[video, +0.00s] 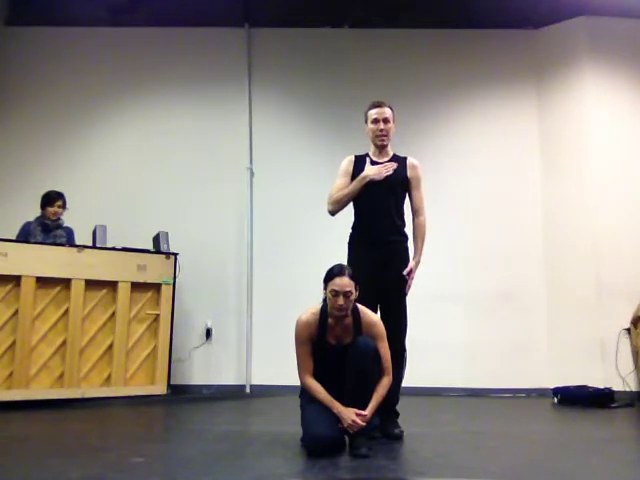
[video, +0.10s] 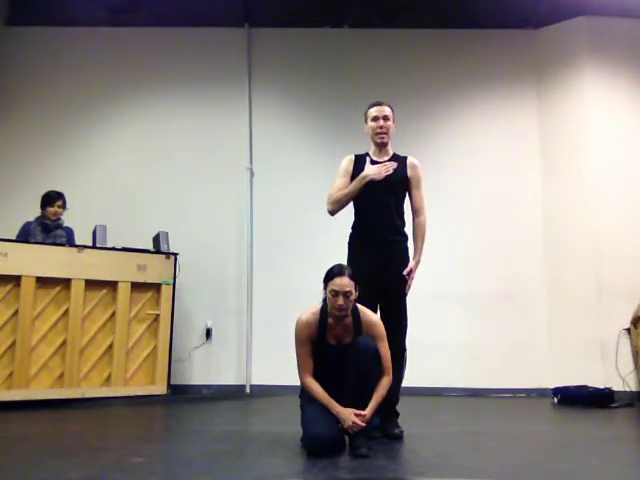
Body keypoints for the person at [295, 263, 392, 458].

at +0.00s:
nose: (340, 302)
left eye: (347, 295)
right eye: (334, 295)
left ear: (356, 294)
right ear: (325, 292)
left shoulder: (371, 323)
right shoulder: (307, 323)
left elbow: (387, 375)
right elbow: (306, 378)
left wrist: (366, 413)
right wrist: (341, 411)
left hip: (356, 393)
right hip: (321, 394)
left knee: (365, 347)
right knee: (322, 444)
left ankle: (360, 433)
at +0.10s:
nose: (340, 302)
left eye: (347, 295)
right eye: (334, 295)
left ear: (356, 294)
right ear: (325, 292)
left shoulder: (371, 323)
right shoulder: (307, 323)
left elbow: (387, 375)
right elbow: (306, 378)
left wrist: (367, 412)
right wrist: (340, 412)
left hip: (356, 393)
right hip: (321, 394)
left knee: (365, 347)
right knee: (322, 444)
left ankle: (360, 433)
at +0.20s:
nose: (340, 302)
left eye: (347, 295)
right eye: (334, 295)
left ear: (356, 294)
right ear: (324, 292)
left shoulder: (371, 323)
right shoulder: (307, 324)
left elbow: (387, 375)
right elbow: (306, 378)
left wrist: (367, 412)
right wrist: (339, 413)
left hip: (356, 393)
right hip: (320, 394)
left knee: (365, 347)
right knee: (322, 445)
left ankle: (359, 434)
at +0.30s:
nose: (340, 302)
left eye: (347, 295)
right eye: (334, 295)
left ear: (356, 294)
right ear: (325, 292)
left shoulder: (371, 323)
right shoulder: (307, 324)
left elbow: (388, 376)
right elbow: (306, 378)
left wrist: (368, 410)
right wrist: (338, 413)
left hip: (356, 393)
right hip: (320, 394)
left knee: (365, 347)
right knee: (322, 445)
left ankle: (360, 434)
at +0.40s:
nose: (340, 303)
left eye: (347, 296)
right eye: (334, 295)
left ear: (355, 295)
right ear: (324, 293)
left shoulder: (371, 323)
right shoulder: (307, 324)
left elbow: (391, 376)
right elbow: (306, 378)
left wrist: (367, 410)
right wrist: (338, 413)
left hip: (356, 394)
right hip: (321, 395)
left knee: (365, 347)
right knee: (321, 445)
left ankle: (360, 434)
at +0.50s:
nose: (340, 303)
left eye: (346, 296)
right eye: (334, 296)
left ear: (355, 295)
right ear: (324, 293)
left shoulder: (370, 323)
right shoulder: (307, 324)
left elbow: (393, 375)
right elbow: (306, 379)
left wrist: (368, 408)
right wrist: (338, 412)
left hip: (356, 394)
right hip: (321, 395)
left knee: (365, 347)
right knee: (321, 445)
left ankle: (360, 434)